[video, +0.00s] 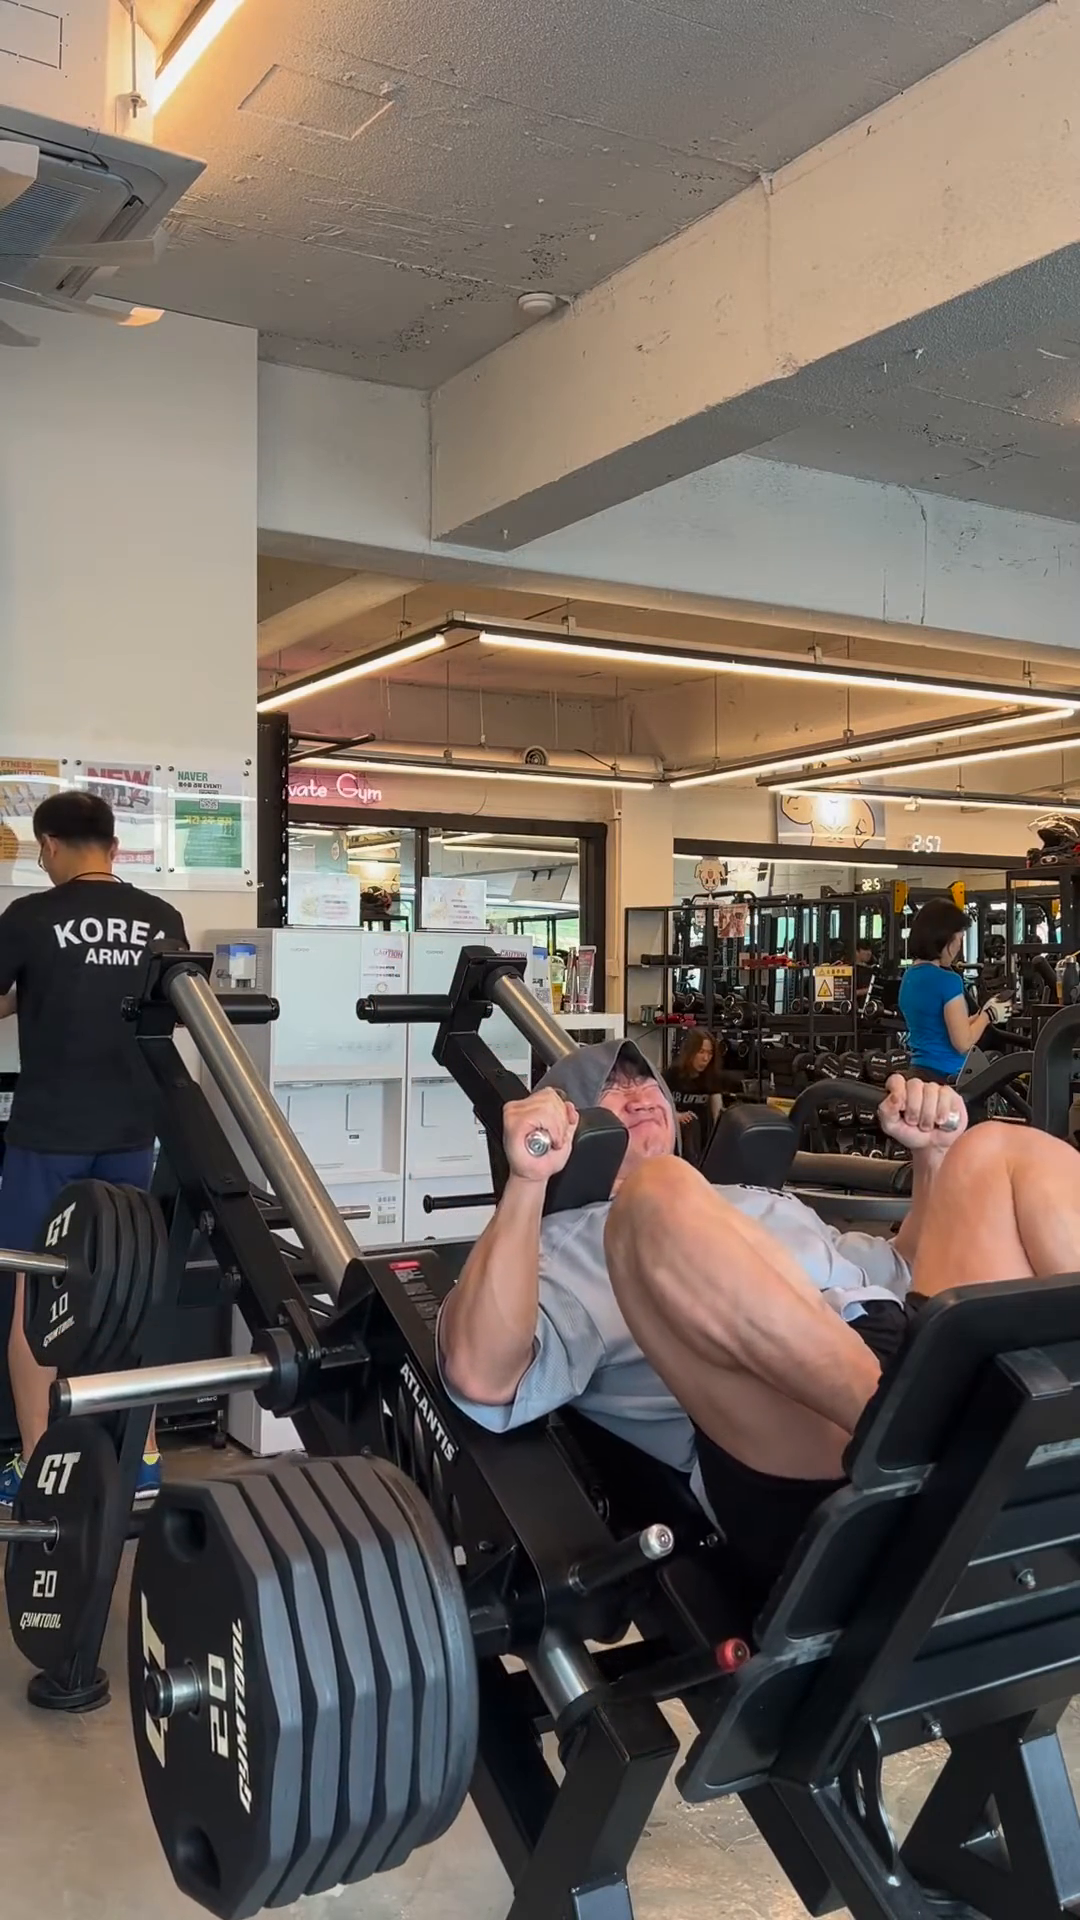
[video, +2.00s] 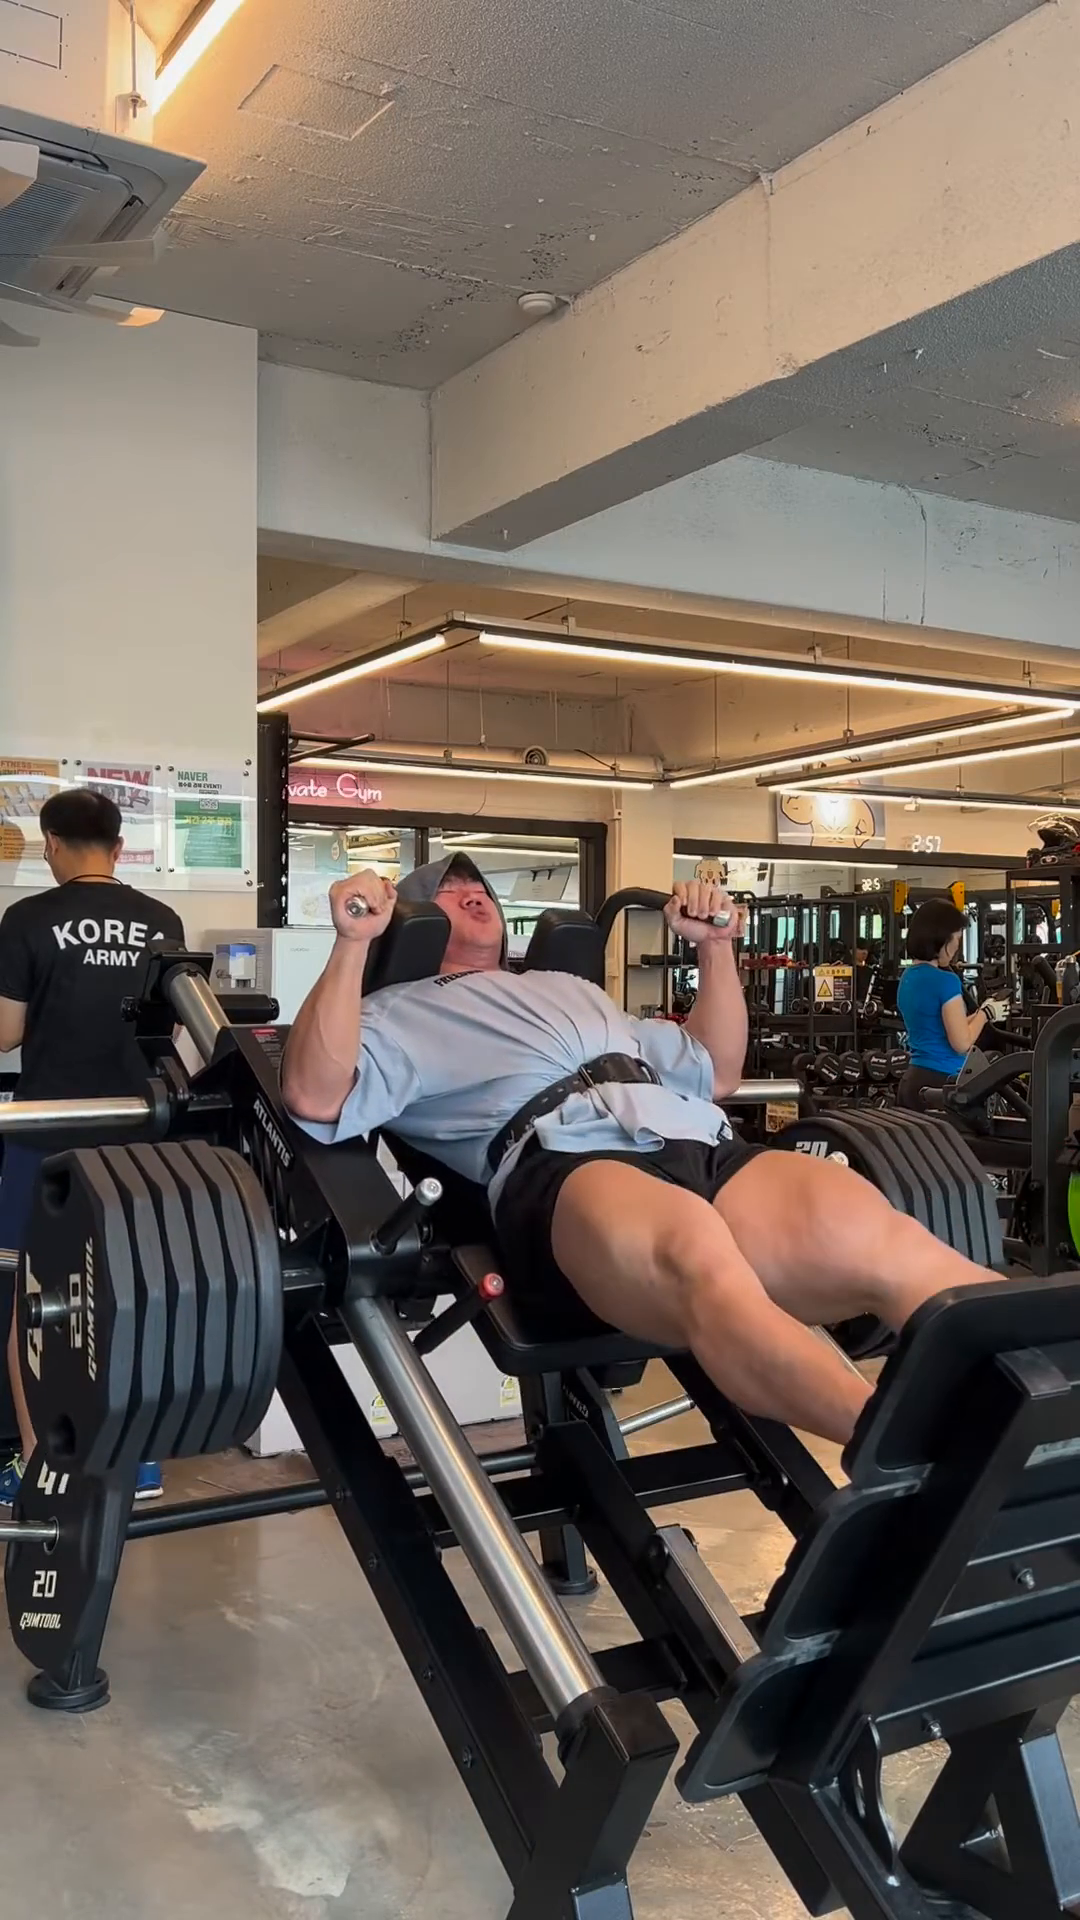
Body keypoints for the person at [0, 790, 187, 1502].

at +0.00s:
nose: (41, 862)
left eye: (40, 852)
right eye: (42, 853)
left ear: (48, 849)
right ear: (114, 848)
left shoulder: (30, 916)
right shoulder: (164, 917)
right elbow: (177, 1010)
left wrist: (35, 988)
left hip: (50, 1130)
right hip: (136, 1131)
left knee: (27, 1298)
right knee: (126, 1287)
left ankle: (40, 1466)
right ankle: (138, 1455)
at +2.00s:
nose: (52, 857)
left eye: (49, 847)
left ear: (51, 846)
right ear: (119, 848)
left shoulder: (28, 920)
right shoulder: (164, 920)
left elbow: (9, 1031)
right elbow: (178, 1027)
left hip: (45, 1134)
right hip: (138, 1135)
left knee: (27, 1297)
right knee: (135, 1294)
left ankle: (37, 1458)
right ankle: (140, 1463)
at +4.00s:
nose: (44, 860)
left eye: (42, 851)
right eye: (46, 851)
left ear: (49, 848)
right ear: (114, 848)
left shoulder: (29, 918)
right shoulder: (163, 920)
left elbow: (10, 1035)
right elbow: (179, 1031)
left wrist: (55, 1007)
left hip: (47, 1134)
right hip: (141, 1134)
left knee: (27, 1301)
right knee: (134, 1297)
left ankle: (37, 1457)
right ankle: (131, 1453)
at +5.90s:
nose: (50, 860)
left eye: (47, 850)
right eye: (56, 850)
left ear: (51, 848)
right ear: (118, 849)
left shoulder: (33, 917)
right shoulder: (164, 920)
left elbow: (10, 1034)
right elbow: (185, 1032)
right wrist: (123, 1034)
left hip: (51, 1132)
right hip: (137, 1133)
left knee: (29, 1299)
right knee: (129, 1290)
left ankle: (41, 1463)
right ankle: (137, 1451)